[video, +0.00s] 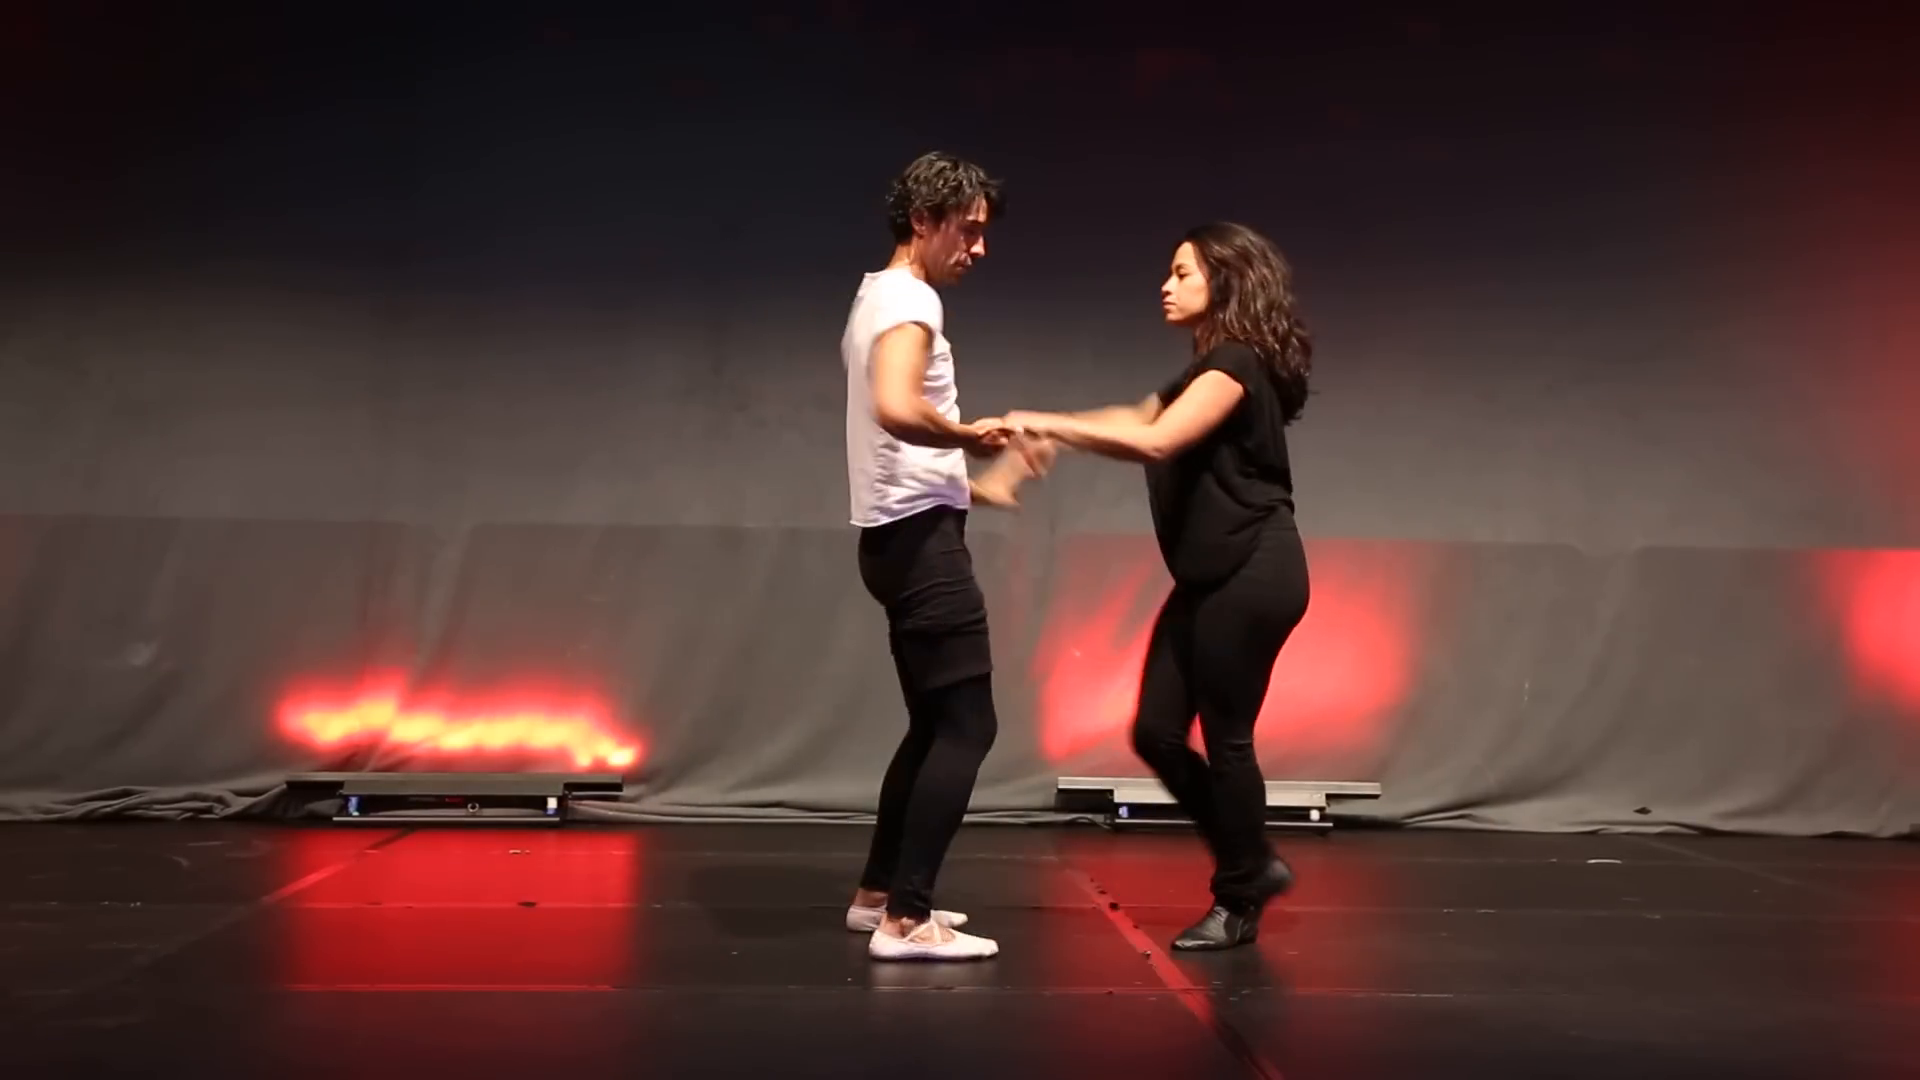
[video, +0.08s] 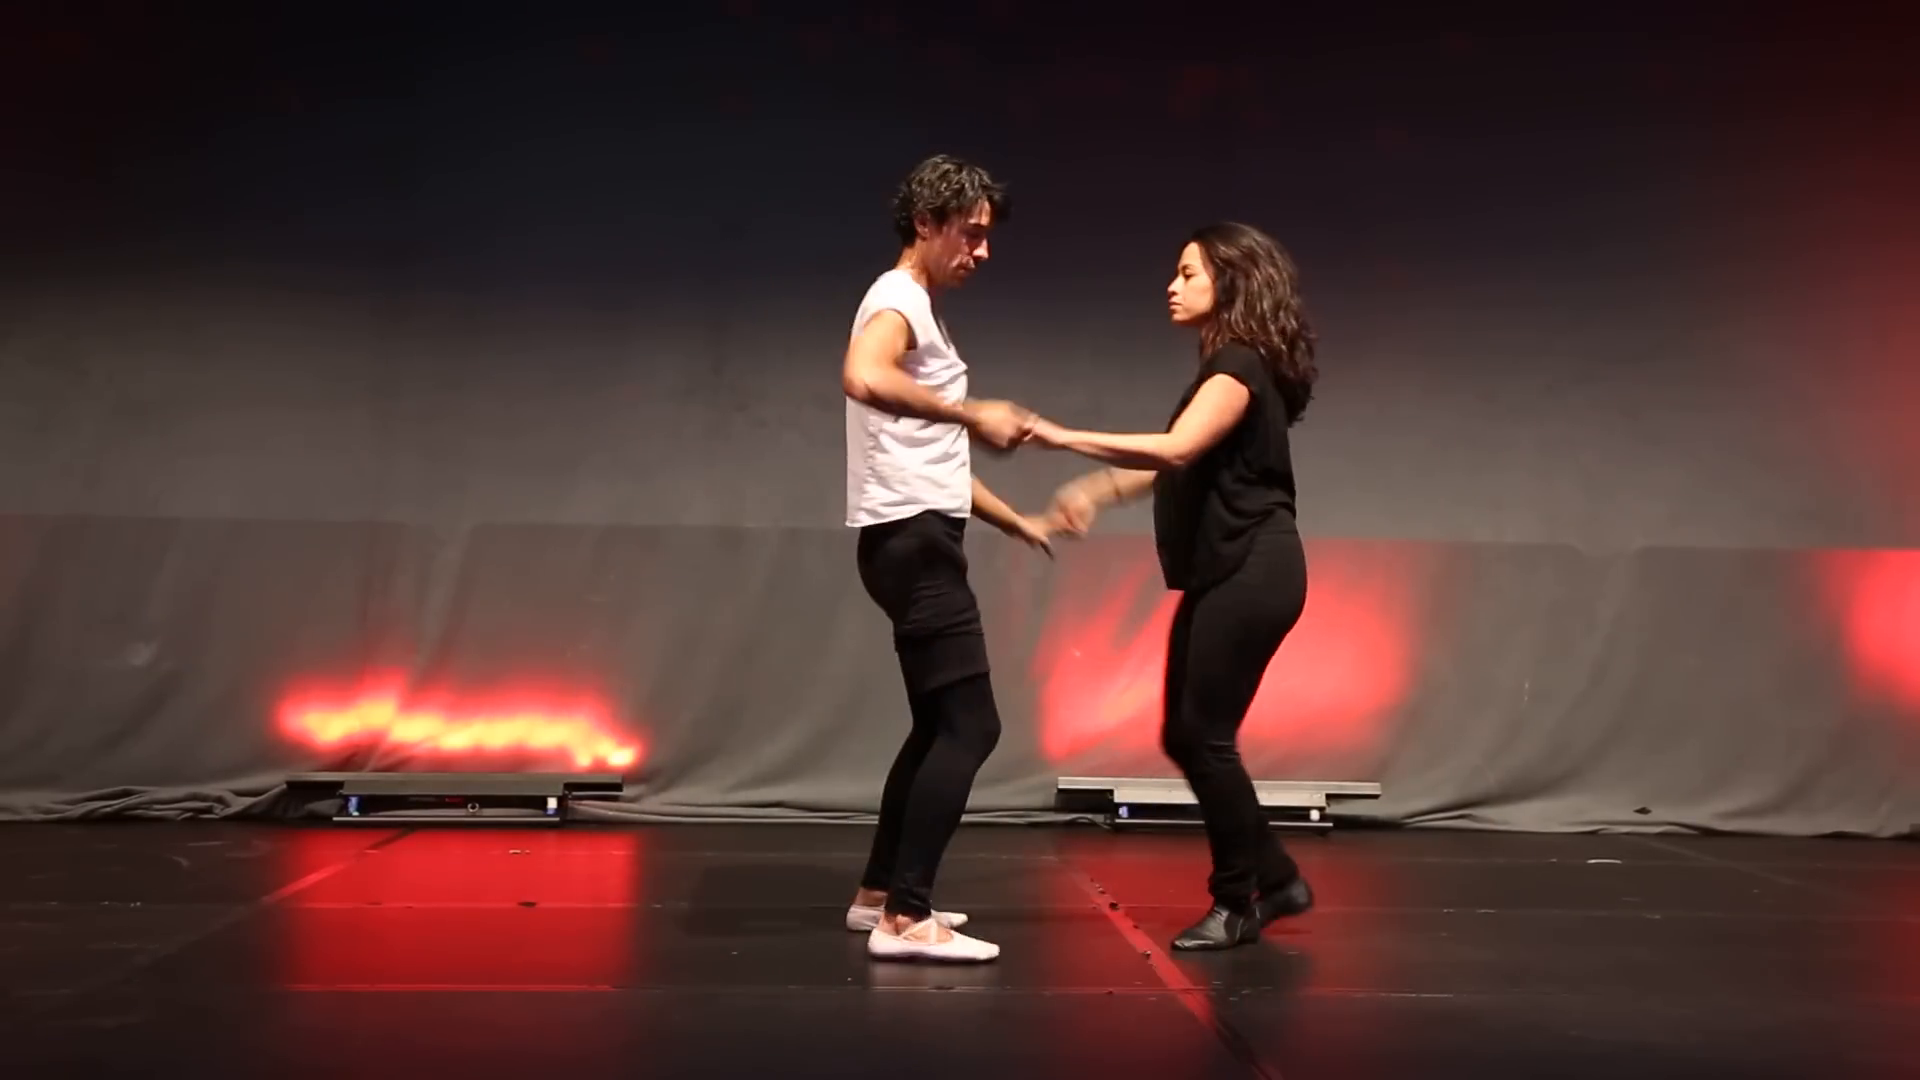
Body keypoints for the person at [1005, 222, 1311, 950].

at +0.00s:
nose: (1168, 286)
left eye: (1183, 274)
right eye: (1171, 273)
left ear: (1228, 283)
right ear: (1206, 288)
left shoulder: (1237, 363)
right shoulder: (1200, 369)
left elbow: (1159, 441)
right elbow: (1129, 423)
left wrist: (1051, 427)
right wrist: (1041, 429)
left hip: (1253, 576)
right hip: (1208, 578)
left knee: (1227, 739)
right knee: (1157, 734)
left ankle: (1238, 904)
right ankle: (1254, 863)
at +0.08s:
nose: (1173, 286)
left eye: (1188, 274)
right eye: (1176, 273)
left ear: (1233, 285)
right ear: (1221, 289)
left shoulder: (1240, 365)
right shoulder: (1217, 369)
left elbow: (1175, 447)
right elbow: (1169, 463)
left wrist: (1063, 436)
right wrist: (1095, 488)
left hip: (1252, 575)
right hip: (1220, 576)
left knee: (1203, 735)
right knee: (1186, 734)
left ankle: (1237, 905)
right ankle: (1275, 876)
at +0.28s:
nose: (1183, 292)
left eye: (1198, 278)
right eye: (1184, 279)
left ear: (1244, 288)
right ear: (1229, 289)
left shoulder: (1257, 361)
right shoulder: (1230, 372)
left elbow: (1183, 332)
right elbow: (1231, 492)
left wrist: (1107, 261)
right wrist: (1164, 554)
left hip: (1264, 572)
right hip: (1251, 574)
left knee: (1183, 727)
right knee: (1253, 742)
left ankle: (1242, 896)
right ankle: (1294, 901)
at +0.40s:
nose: (1194, 293)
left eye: (1206, 282)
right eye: (1194, 281)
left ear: (1248, 289)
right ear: (1243, 297)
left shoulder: (1259, 356)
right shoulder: (1234, 373)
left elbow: (1183, 286)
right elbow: (1228, 496)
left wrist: (1102, 199)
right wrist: (1175, 565)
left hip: (1268, 572)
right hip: (1251, 573)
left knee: (1191, 734)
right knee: (1273, 745)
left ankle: (1257, 903)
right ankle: (1297, 901)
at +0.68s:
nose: (1189, 289)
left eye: (1203, 277)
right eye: (1192, 277)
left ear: (1249, 285)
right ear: (1233, 287)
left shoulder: (1281, 348)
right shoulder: (1210, 365)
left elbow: (1163, 348)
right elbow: (1226, 484)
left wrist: (1079, 296)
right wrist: (1179, 551)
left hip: (1268, 572)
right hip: (1215, 573)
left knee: (1216, 739)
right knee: (1203, 738)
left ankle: (1260, 913)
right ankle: (1285, 884)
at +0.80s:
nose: (1184, 293)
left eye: (1200, 280)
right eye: (1187, 280)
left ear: (1246, 288)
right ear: (1218, 291)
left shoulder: (1273, 362)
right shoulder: (1207, 374)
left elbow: (1187, 422)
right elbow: (1203, 492)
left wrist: (1086, 382)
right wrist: (1144, 542)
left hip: (1269, 580)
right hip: (1214, 581)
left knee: (1229, 742)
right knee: (1145, 728)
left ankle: (1260, 916)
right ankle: (1250, 872)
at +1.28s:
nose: (1120, 279)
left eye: (1135, 267)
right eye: (1125, 267)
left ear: (1176, 276)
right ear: (1174, 279)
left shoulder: (1163, 349)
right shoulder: (1187, 350)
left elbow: (1148, 448)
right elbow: (1110, 424)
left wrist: (1061, 474)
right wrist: (1068, 432)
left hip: (1191, 562)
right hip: (1224, 559)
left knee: (1097, 714)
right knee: (1185, 724)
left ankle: (1172, 870)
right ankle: (1247, 888)